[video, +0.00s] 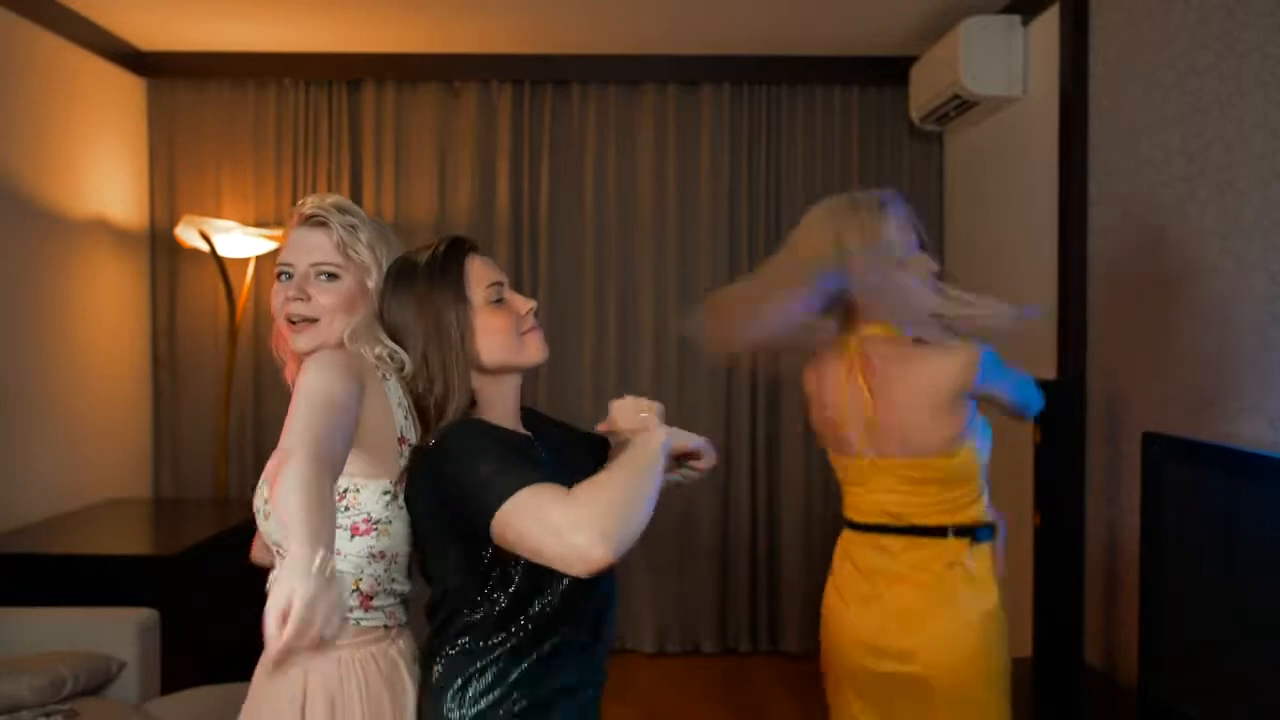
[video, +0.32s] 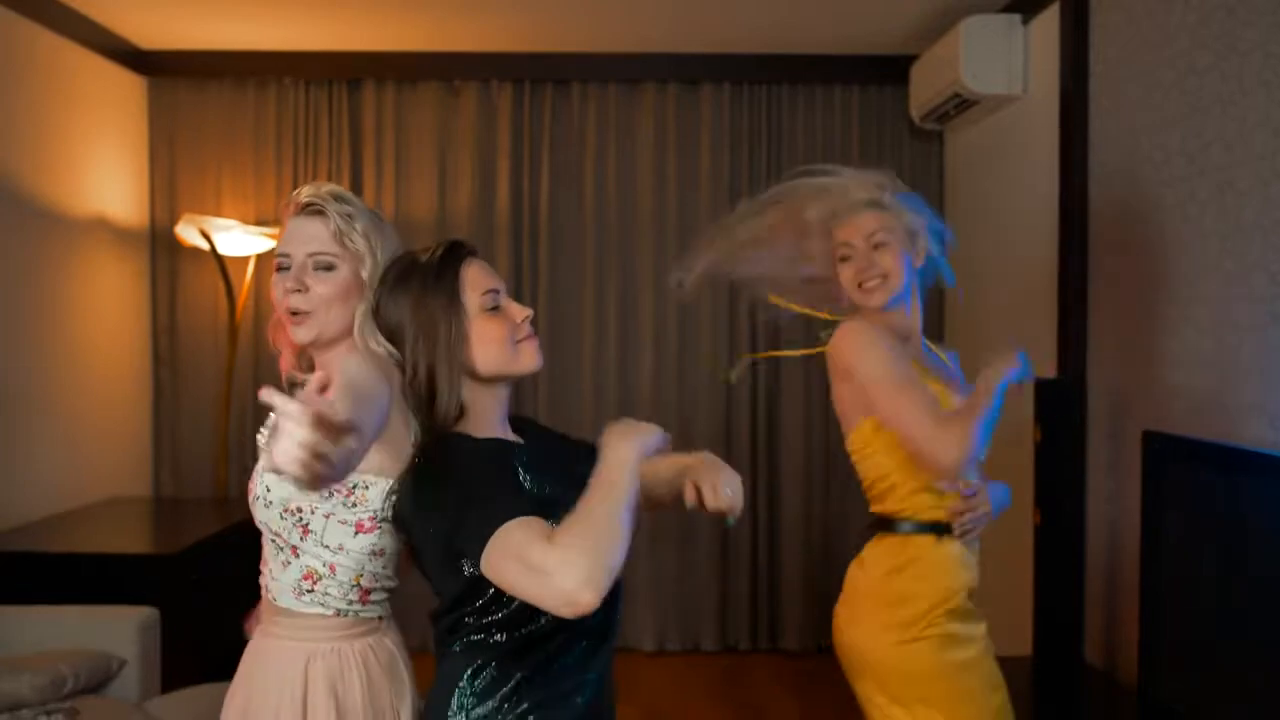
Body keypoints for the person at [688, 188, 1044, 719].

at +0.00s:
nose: (932, 265)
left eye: (921, 249)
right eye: (913, 251)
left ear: (847, 279)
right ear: (886, 274)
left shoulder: (820, 373)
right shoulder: (955, 365)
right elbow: (1032, 400)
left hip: (857, 592)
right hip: (946, 599)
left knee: (860, 712)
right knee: (964, 711)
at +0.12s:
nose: (909, 243)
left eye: (906, 226)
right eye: (890, 233)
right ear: (845, 258)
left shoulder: (841, 342)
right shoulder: (918, 337)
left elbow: (909, 437)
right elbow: (1044, 398)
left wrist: (984, 488)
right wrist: (974, 347)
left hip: (872, 584)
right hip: (931, 596)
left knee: (886, 711)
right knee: (967, 709)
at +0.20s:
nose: (874, 251)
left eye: (886, 230)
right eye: (850, 241)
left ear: (912, 239)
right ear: (827, 261)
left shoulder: (868, 334)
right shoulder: (894, 332)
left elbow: (920, 456)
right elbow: (1028, 412)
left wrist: (982, 486)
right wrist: (1005, 355)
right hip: (917, 600)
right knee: (966, 710)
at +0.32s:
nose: (862, 265)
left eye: (879, 244)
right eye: (846, 257)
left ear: (917, 250)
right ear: (838, 277)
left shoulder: (937, 356)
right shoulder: (858, 340)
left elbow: (967, 472)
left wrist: (995, 496)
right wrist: (992, 379)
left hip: (945, 602)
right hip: (901, 605)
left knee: (987, 708)